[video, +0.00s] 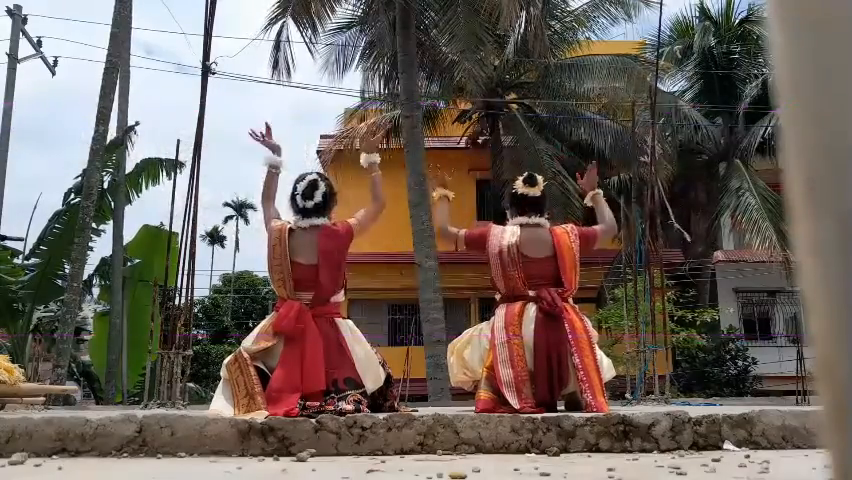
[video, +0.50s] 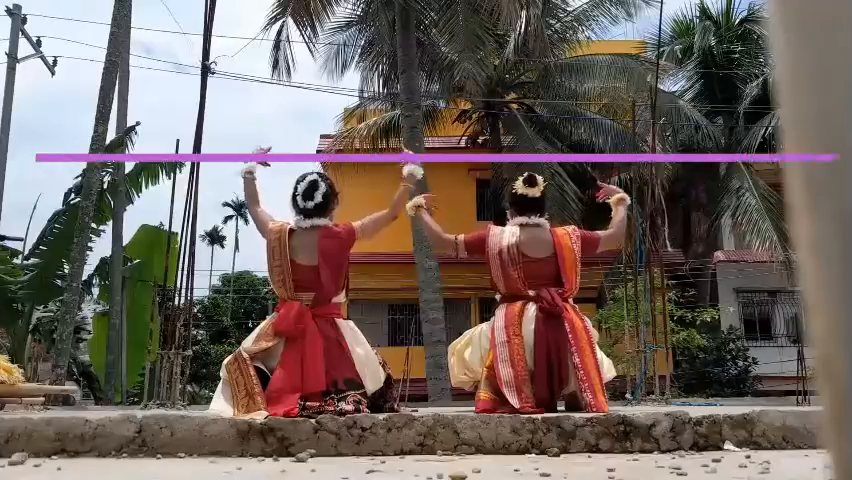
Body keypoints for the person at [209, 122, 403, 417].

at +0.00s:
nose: (335, 203)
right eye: (333, 199)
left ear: (294, 202)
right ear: (330, 203)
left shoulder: (279, 234)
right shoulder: (340, 235)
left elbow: (267, 201)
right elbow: (378, 205)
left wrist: (274, 158)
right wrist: (371, 161)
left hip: (288, 330)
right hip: (331, 331)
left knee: (240, 367)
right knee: (379, 386)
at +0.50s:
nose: (337, 203)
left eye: (335, 197)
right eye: (335, 198)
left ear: (297, 203)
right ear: (332, 203)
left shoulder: (277, 234)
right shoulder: (342, 235)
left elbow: (255, 207)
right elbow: (391, 213)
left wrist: (249, 175)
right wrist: (407, 183)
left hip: (287, 333)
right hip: (331, 333)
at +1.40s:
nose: (340, 207)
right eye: (338, 201)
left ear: (301, 203)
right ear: (336, 206)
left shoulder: (277, 238)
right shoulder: (348, 242)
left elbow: (238, 238)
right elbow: (404, 248)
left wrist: (225, 210)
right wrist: (430, 223)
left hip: (286, 336)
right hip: (334, 338)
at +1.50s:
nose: (335, 210)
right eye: (335, 203)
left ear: (300, 205)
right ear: (335, 206)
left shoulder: (277, 238)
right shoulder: (348, 242)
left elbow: (235, 242)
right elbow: (404, 252)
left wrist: (211, 220)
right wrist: (436, 230)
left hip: (286, 339)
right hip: (335, 340)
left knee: (238, 365)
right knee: (376, 385)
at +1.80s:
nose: (338, 211)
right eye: (337, 205)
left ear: (302, 205)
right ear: (335, 207)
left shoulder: (278, 240)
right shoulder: (349, 244)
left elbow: (237, 258)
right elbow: (399, 263)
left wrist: (206, 232)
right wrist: (427, 244)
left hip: (288, 336)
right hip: (335, 336)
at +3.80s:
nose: (342, 210)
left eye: (330, 202)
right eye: (343, 204)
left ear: (306, 204)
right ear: (342, 208)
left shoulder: (283, 243)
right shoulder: (354, 249)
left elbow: (238, 266)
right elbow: (409, 265)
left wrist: (198, 242)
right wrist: (443, 245)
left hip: (289, 340)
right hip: (333, 342)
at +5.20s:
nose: (359, 210)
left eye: (346, 202)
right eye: (367, 206)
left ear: (334, 207)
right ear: (370, 213)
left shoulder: (306, 238)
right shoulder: (374, 255)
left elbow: (256, 247)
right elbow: (427, 268)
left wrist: (214, 213)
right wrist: (455, 231)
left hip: (293, 339)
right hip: (341, 346)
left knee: (240, 356)